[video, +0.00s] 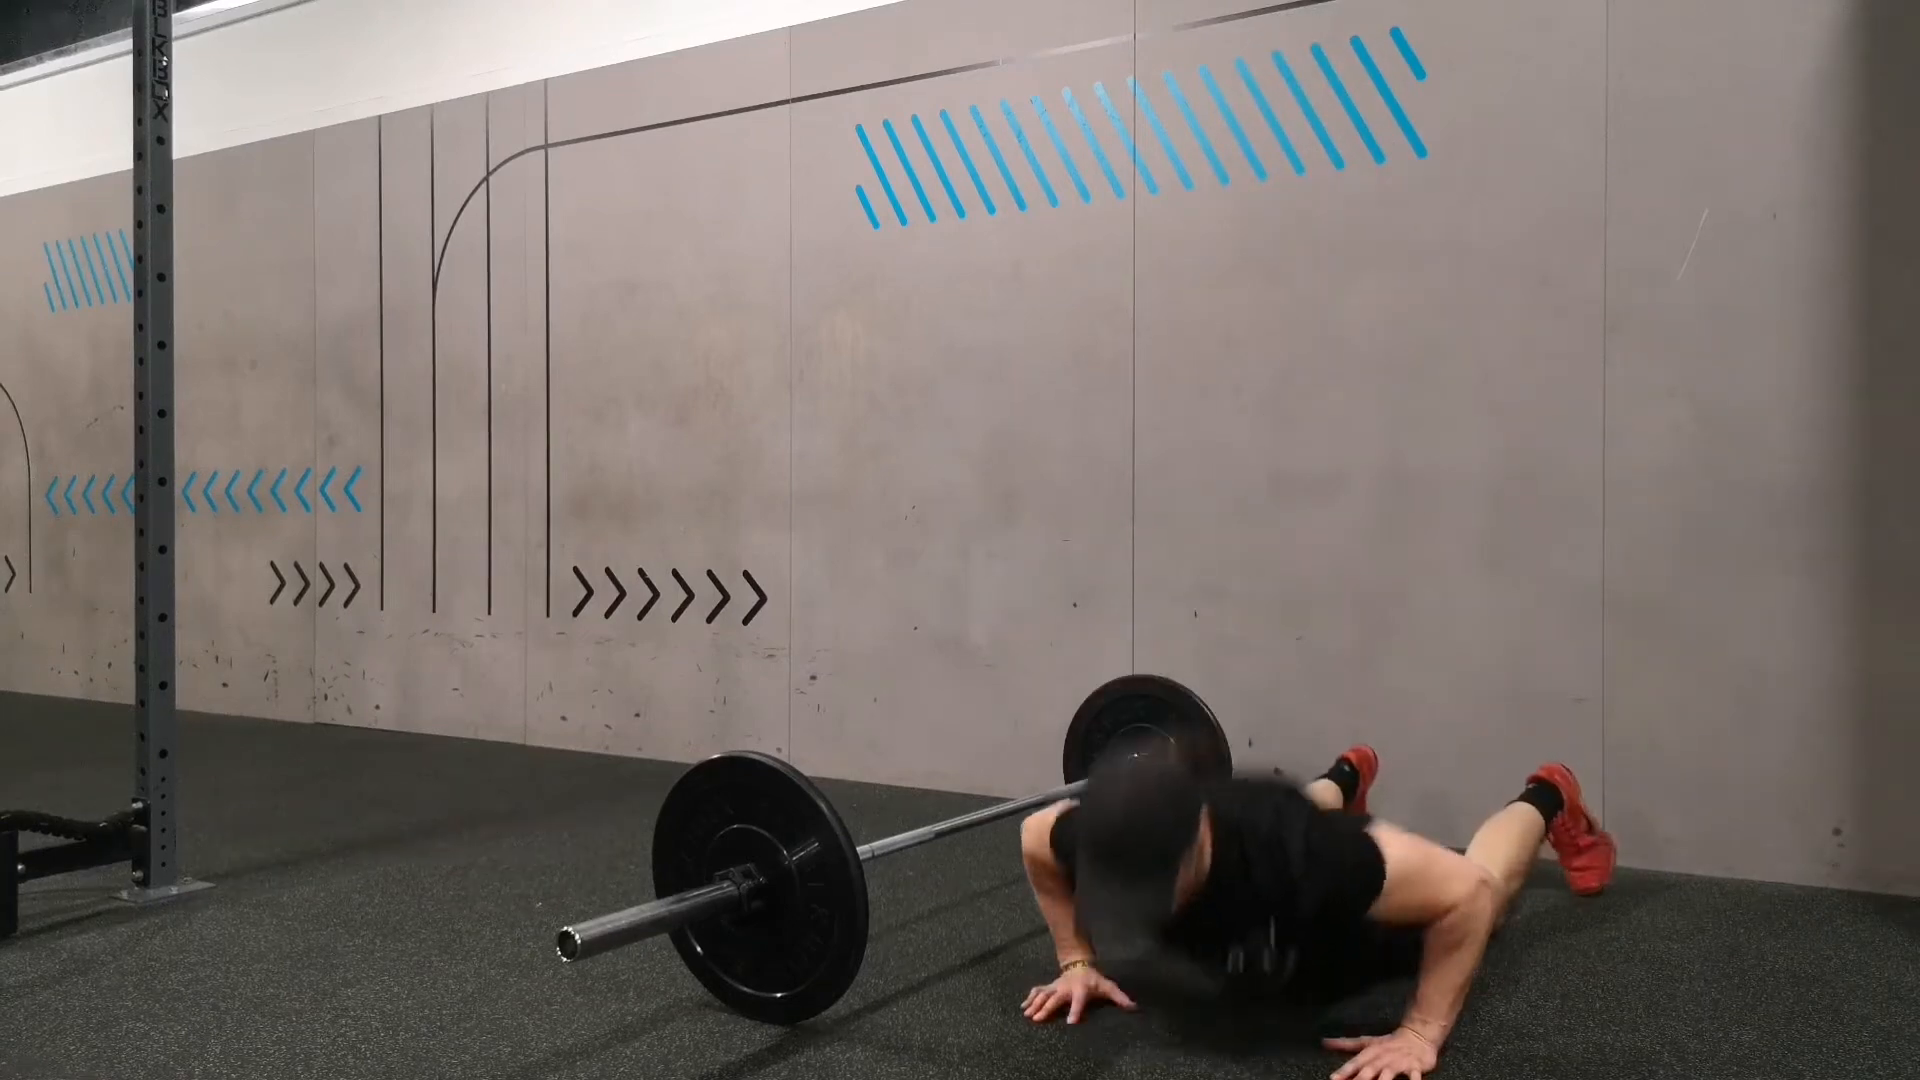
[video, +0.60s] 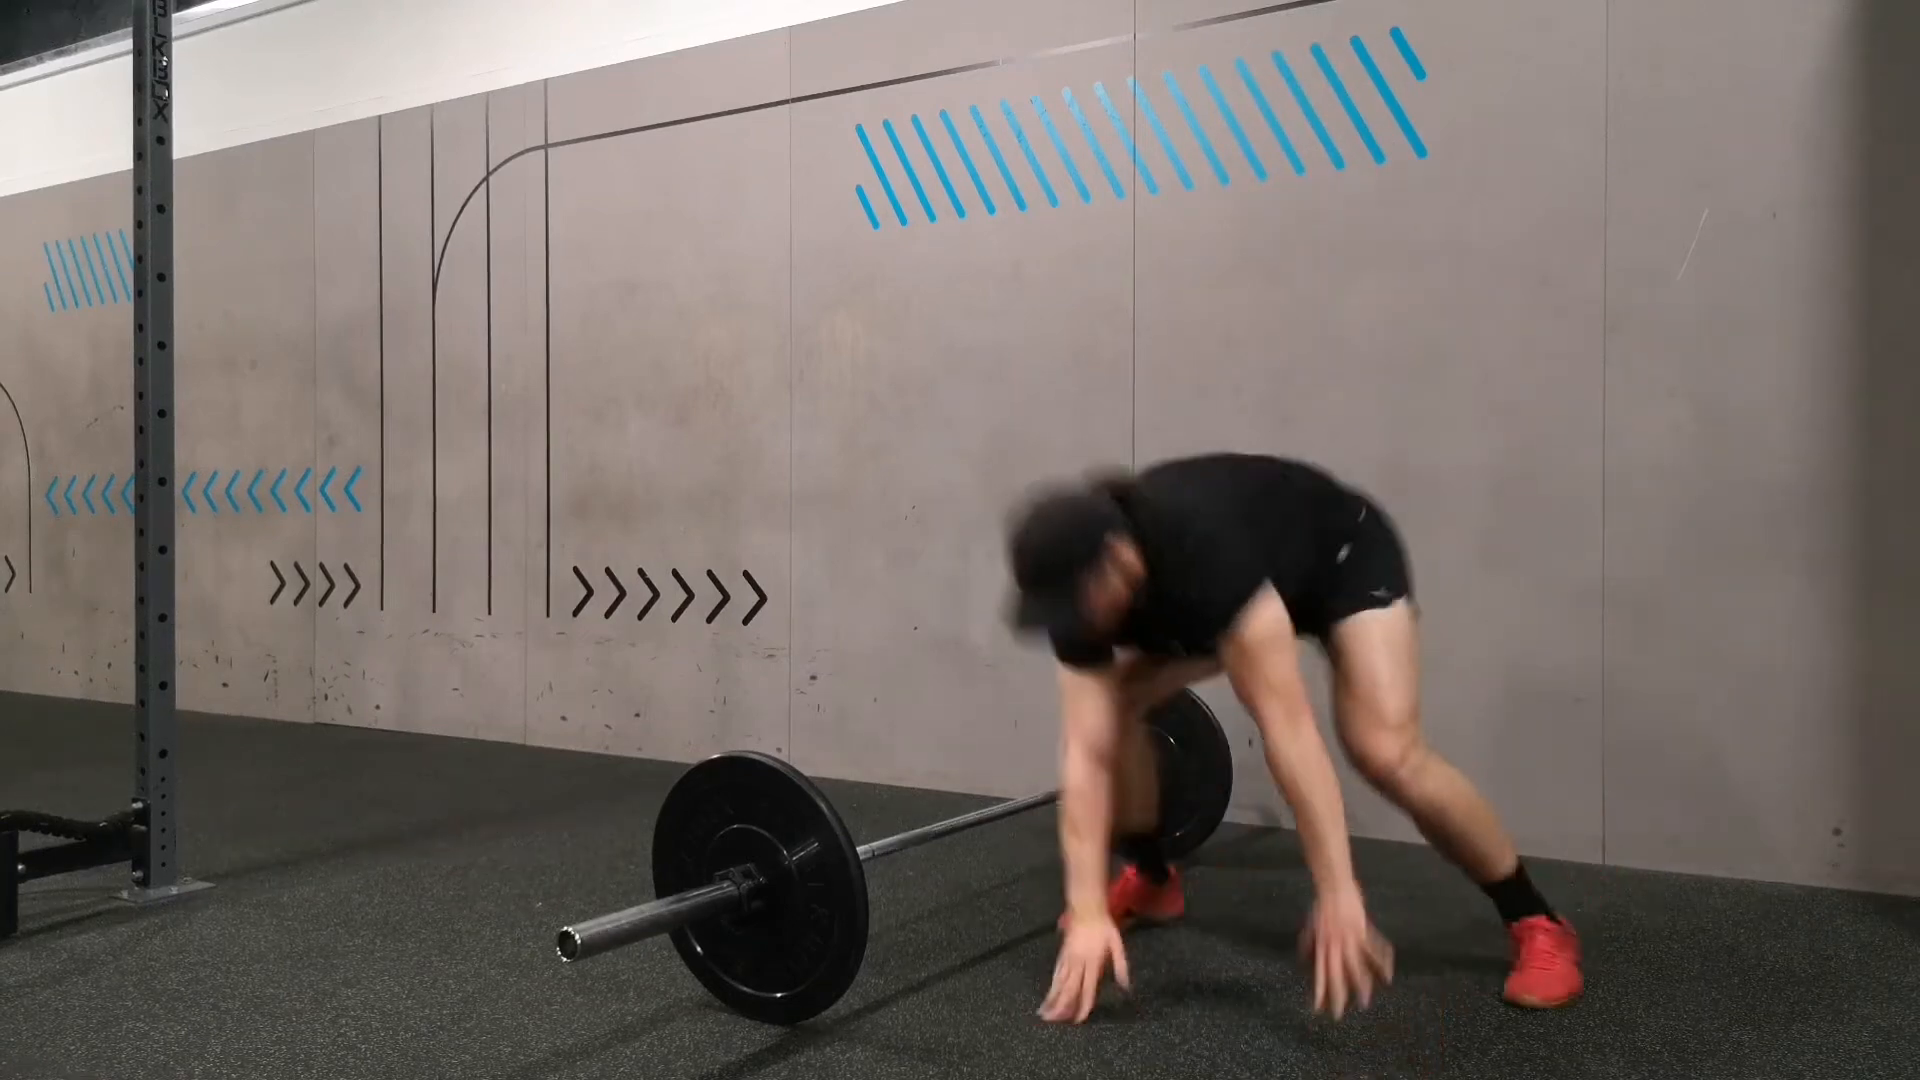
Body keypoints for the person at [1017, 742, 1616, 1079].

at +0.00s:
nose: (1146, 900)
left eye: (1160, 881)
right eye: (1129, 885)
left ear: (1200, 841)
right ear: (1094, 848)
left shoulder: (1304, 856)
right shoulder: (1095, 838)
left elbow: (1472, 893)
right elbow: (1035, 840)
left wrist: (1421, 1034)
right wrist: (1074, 958)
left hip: (1348, 936)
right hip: (1235, 930)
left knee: (1486, 880)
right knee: (1301, 825)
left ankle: (1544, 797)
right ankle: (1345, 780)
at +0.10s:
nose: (1138, 833)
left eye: (1154, 818)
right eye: (1123, 818)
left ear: (1201, 774)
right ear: (1093, 777)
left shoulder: (1289, 771)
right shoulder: (1099, 764)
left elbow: (1463, 889)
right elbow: (1040, 845)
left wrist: (1419, 1034)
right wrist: (1075, 960)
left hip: (1360, 869)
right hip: (1254, 883)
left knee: (1474, 888)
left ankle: (1544, 804)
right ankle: (1356, 789)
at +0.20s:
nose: (1141, 802)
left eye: (1156, 784)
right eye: (1125, 790)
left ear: (1200, 739)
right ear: (1089, 739)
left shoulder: (1301, 731)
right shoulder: (1098, 741)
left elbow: (1435, 871)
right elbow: (1045, 836)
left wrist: (1421, 1034)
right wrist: (1074, 961)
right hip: (1257, 799)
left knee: (1462, 849)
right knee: (1295, 849)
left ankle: (1563, 802)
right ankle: (1335, 835)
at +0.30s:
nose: (1138, 785)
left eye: (1152, 769)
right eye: (1120, 772)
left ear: (1194, 724)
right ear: (1081, 729)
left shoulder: (1286, 701)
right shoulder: (1091, 707)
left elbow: (1404, 866)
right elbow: (1055, 827)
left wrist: (1417, 1033)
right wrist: (1075, 962)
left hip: (1340, 603)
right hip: (1222, 614)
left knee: (1481, 786)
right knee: (1282, 790)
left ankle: (1564, 781)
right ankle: (1348, 813)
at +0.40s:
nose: (1139, 761)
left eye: (1155, 741)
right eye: (1127, 745)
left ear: (1197, 687)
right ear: (1097, 694)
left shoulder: (1287, 671)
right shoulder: (1102, 675)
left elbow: (1352, 848)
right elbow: (1077, 820)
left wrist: (1406, 1017)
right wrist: (1079, 961)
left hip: (1336, 508)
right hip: (1216, 518)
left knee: (1445, 741)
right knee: (1208, 757)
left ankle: (1528, 821)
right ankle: (1324, 758)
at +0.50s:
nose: (1148, 704)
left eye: (1153, 689)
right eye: (1127, 698)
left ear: (1179, 641)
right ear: (1091, 652)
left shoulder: (1266, 621)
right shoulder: (1113, 641)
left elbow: (1328, 794)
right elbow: (1107, 806)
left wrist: (1362, 969)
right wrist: (1086, 958)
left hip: (1343, 489)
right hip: (1221, 485)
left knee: (1403, 710)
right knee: (1144, 690)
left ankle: (1500, 888)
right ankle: (1241, 796)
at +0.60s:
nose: (1077, 620)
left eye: (1082, 601)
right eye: (1067, 611)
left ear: (1120, 561)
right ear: (1056, 589)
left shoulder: (1202, 554)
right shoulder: (1077, 596)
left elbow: (1287, 727)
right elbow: (1086, 754)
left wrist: (1339, 896)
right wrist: (1082, 912)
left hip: (1345, 559)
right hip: (1238, 585)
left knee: (1384, 750)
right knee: (1112, 703)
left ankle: (1536, 924)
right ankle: (1153, 875)